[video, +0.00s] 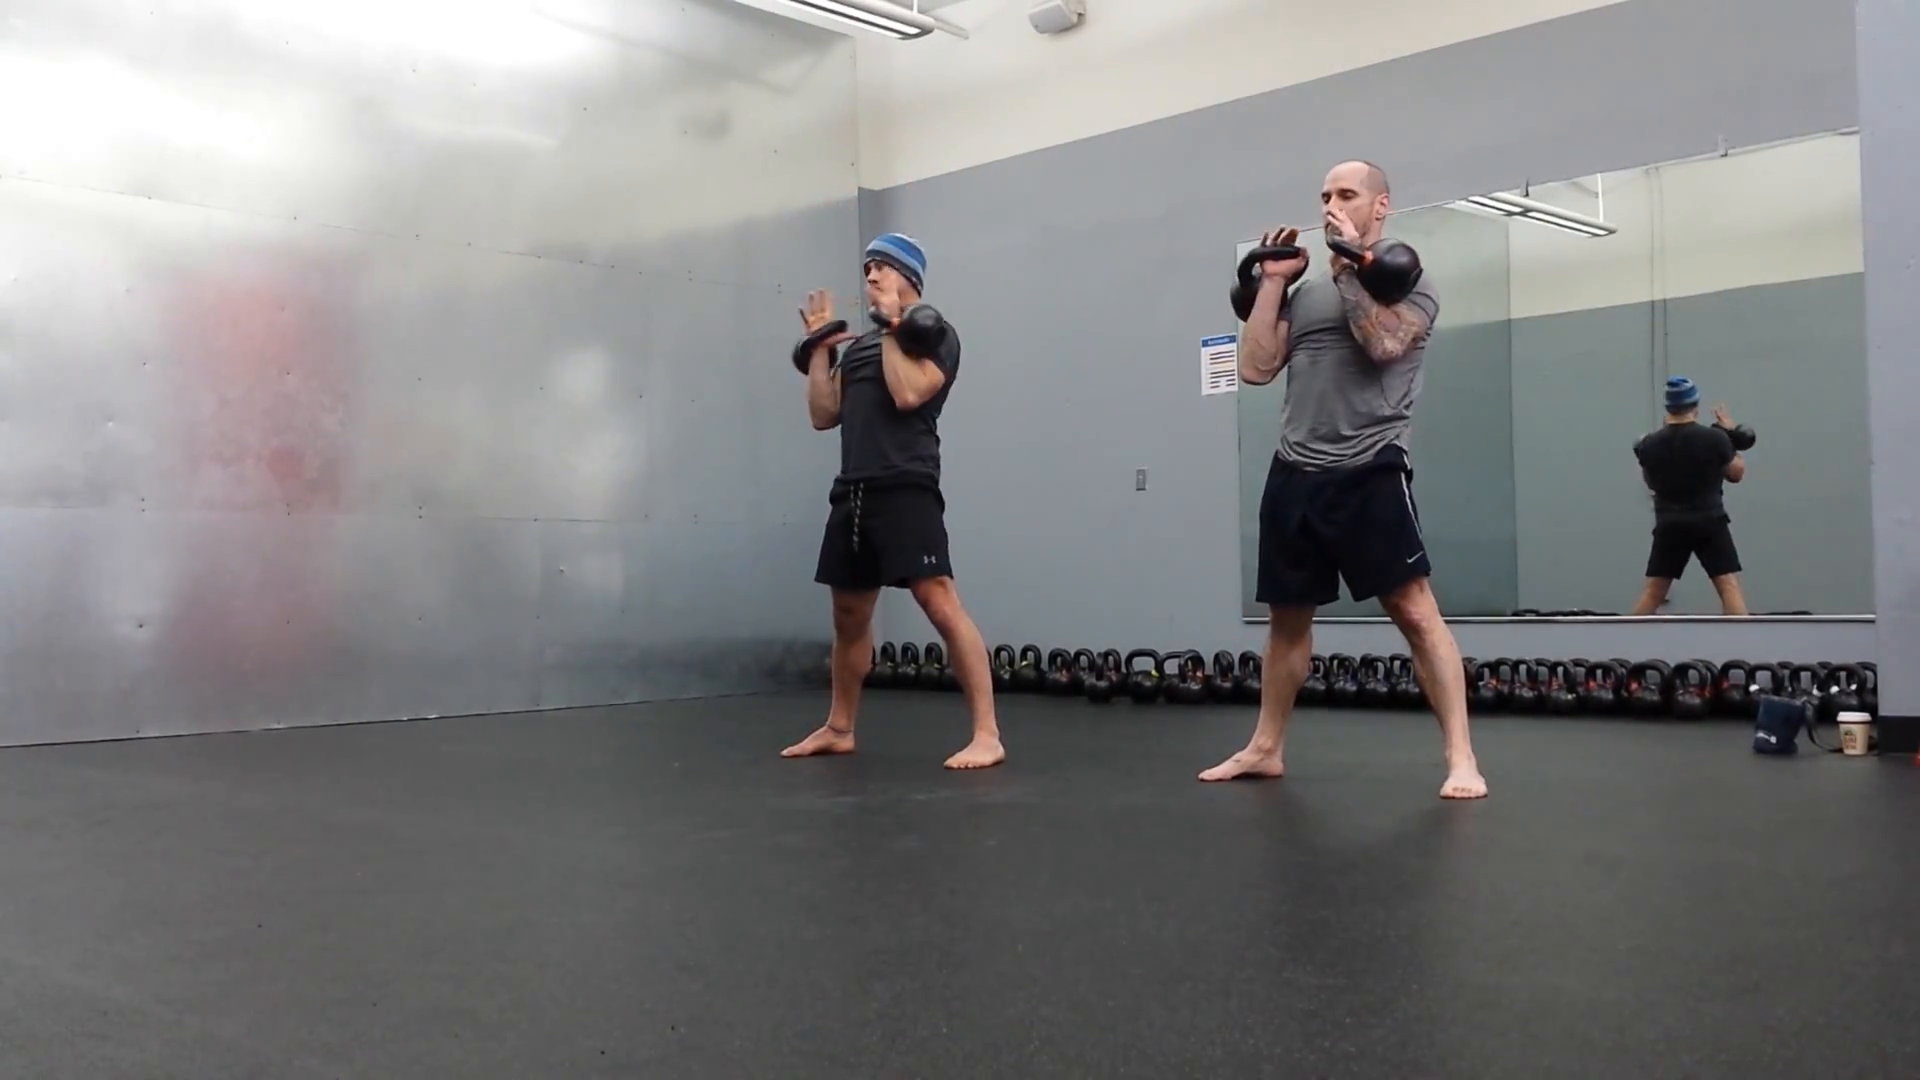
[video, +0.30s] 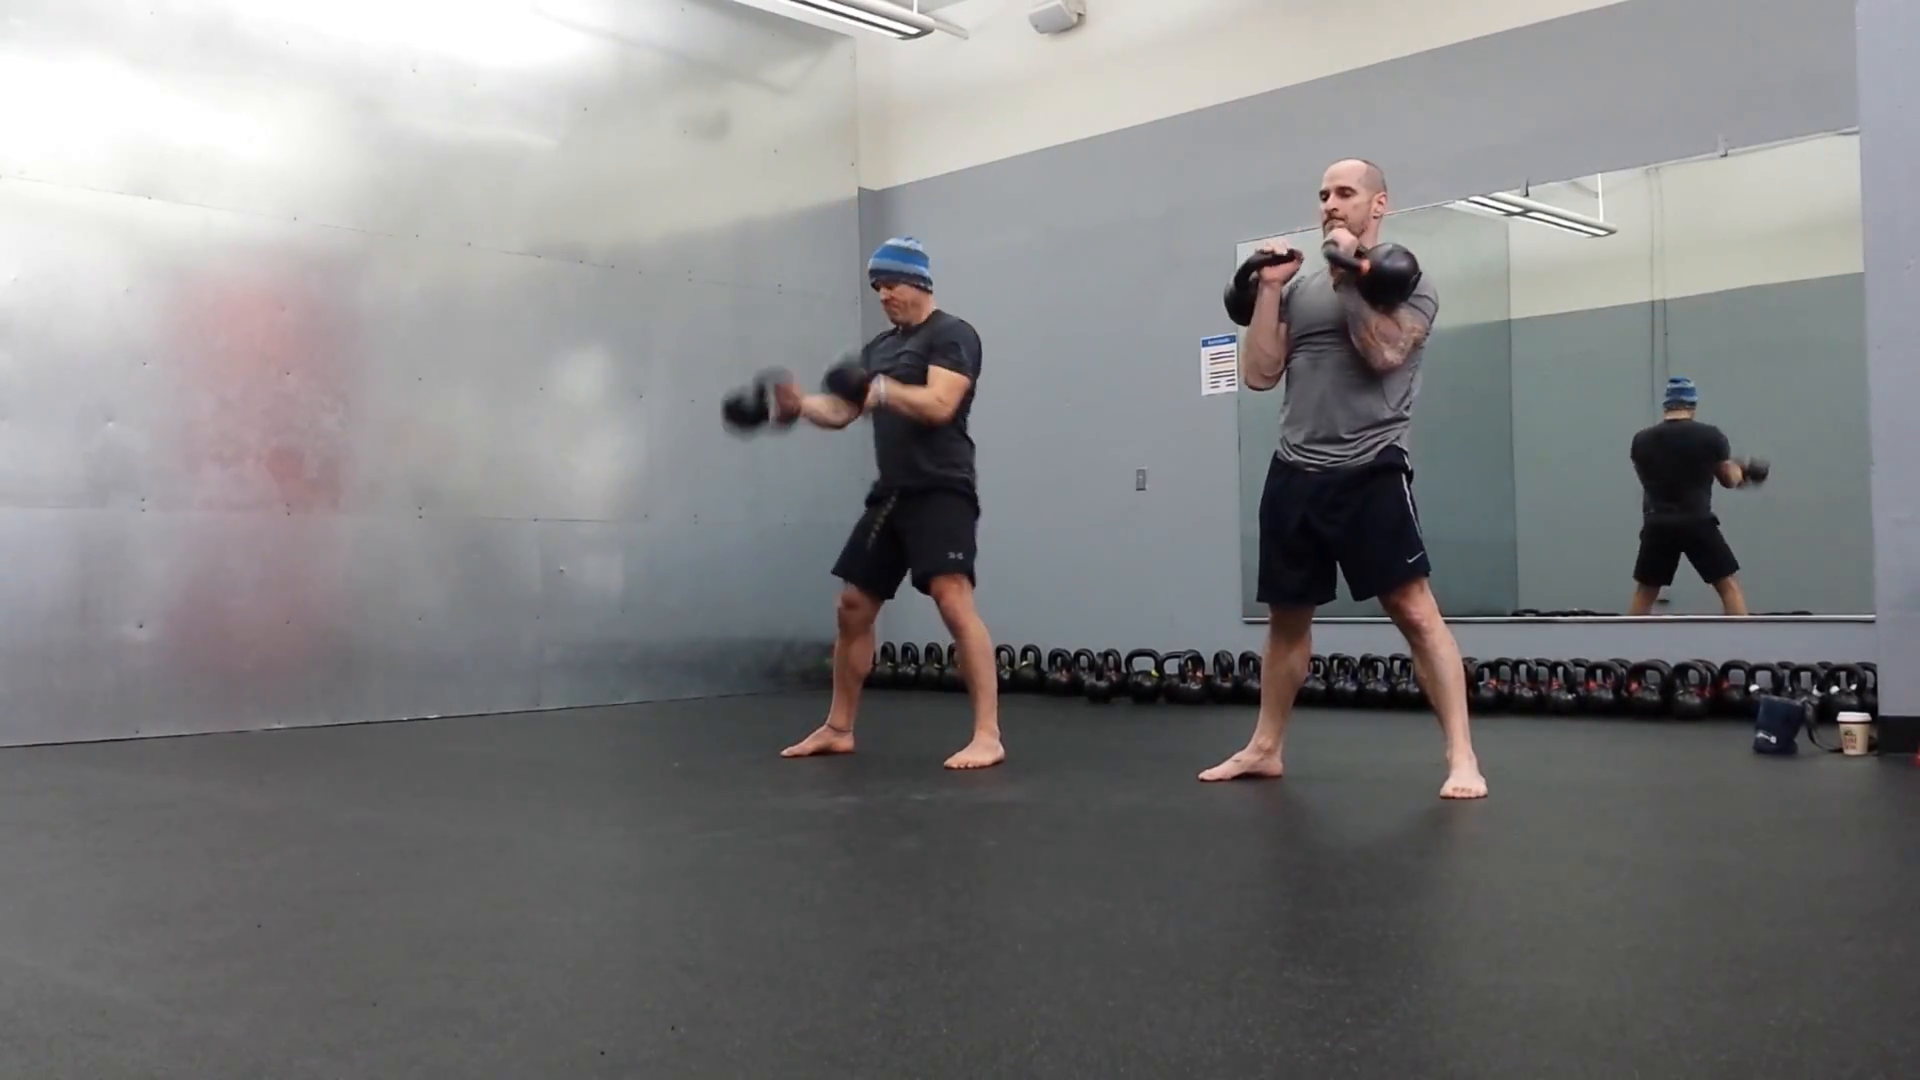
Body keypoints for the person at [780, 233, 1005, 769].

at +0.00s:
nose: (869, 275)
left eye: (879, 267)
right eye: (867, 269)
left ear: (910, 278)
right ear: (869, 282)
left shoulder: (936, 334)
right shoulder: (858, 347)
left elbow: (910, 393)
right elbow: (824, 415)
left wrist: (891, 325)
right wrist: (820, 347)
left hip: (908, 492)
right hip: (852, 494)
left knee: (942, 608)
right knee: (849, 618)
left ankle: (987, 736)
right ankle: (839, 727)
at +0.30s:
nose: (887, 297)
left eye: (896, 286)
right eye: (881, 288)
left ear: (924, 285)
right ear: (878, 290)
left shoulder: (955, 337)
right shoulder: (877, 348)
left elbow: (940, 405)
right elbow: (842, 410)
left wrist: (885, 389)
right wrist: (801, 404)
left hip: (942, 492)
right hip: (891, 494)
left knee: (953, 598)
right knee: (854, 607)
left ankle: (987, 736)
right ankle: (838, 728)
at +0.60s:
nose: (814, 365)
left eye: (822, 352)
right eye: (809, 355)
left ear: (852, 347)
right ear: (813, 358)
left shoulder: (905, 399)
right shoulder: (831, 414)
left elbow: (927, 489)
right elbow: (845, 494)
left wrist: (909, 559)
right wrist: (861, 563)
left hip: (955, 510)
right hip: (898, 517)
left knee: (960, 598)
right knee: (825, 608)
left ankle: (989, 736)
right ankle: (836, 727)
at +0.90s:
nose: (777, 414)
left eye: (786, 400)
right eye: (774, 402)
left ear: (815, 402)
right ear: (773, 405)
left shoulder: (875, 448)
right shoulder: (804, 464)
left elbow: (923, 532)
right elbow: (855, 537)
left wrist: (942, 592)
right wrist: (899, 585)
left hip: (954, 527)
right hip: (891, 539)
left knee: (951, 607)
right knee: (818, 609)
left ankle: (989, 737)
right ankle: (836, 729)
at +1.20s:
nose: (897, 292)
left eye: (907, 281)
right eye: (894, 283)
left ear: (937, 287)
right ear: (896, 290)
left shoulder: (965, 341)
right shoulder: (893, 352)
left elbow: (921, 400)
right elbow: (852, 405)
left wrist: (863, 434)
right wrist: (819, 441)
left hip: (934, 492)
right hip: (881, 491)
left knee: (953, 603)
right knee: (863, 609)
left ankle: (986, 735)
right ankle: (840, 726)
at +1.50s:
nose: (899, 287)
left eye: (909, 278)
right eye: (895, 281)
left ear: (939, 286)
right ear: (898, 289)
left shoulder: (964, 339)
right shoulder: (884, 349)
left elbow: (906, 324)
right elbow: (819, 348)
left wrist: (843, 287)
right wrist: (780, 311)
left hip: (930, 491)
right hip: (876, 494)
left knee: (954, 605)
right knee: (859, 613)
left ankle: (987, 736)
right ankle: (840, 727)